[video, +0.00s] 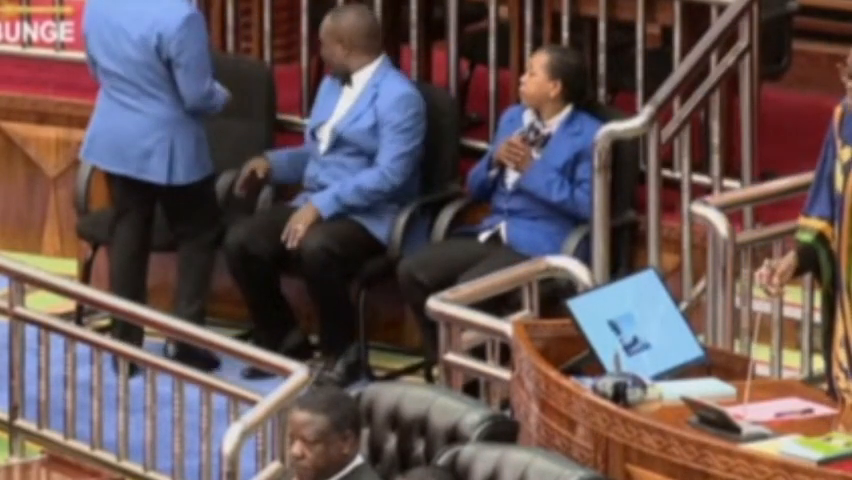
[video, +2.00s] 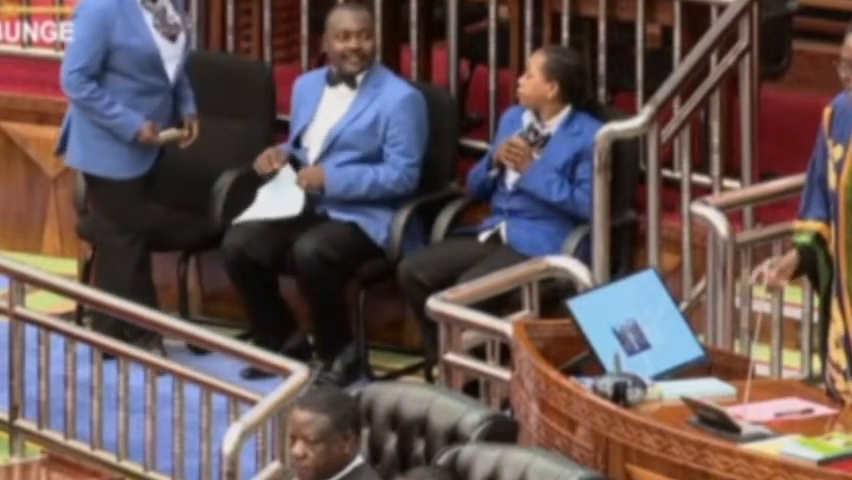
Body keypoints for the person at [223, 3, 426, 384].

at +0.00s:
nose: (322, 53)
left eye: (324, 44)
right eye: (322, 45)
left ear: (344, 46)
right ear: (355, 45)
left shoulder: (399, 96)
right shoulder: (333, 84)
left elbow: (391, 175)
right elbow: (318, 155)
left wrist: (320, 206)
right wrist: (271, 163)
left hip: (371, 215)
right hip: (317, 204)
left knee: (319, 249)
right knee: (244, 242)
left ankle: (340, 352)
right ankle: (281, 337)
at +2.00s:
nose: (354, 46)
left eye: (363, 36)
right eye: (343, 37)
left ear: (375, 41)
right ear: (325, 43)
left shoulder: (400, 98)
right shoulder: (307, 86)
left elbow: (403, 177)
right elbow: (302, 147)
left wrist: (329, 179)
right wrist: (279, 156)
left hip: (365, 216)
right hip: (304, 208)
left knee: (311, 253)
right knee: (240, 247)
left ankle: (336, 354)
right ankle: (281, 342)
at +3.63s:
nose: (364, 53)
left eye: (372, 43)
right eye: (354, 45)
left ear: (383, 46)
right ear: (333, 50)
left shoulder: (408, 104)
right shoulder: (306, 90)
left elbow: (409, 182)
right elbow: (287, 148)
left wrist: (336, 185)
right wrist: (297, 170)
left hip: (366, 219)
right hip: (302, 210)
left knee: (317, 258)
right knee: (236, 249)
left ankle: (339, 357)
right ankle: (282, 344)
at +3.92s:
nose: (372, 51)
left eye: (379, 42)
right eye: (361, 43)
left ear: (389, 46)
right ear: (339, 48)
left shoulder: (410, 103)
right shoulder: (308, 89)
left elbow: (410, 181)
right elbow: (287, 147)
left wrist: (339, 181)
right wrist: (296, 170)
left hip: (366, 219)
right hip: (302, 210)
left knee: (317, 257)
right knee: (235, 248)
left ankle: (339, 357)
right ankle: (282, 344)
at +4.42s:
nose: (373, 51)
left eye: (380, 42)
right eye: (362, 42)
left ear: (389, 46)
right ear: (339, 48)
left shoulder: (411, 103)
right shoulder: (308, 89)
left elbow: (411, 181)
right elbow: (286, 149)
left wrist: (341, 181)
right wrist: (298, 169)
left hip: (365, 218)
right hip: (302, 210)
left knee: (318, 258)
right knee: (235, 248)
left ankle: (340, 358)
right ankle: (283, 344)